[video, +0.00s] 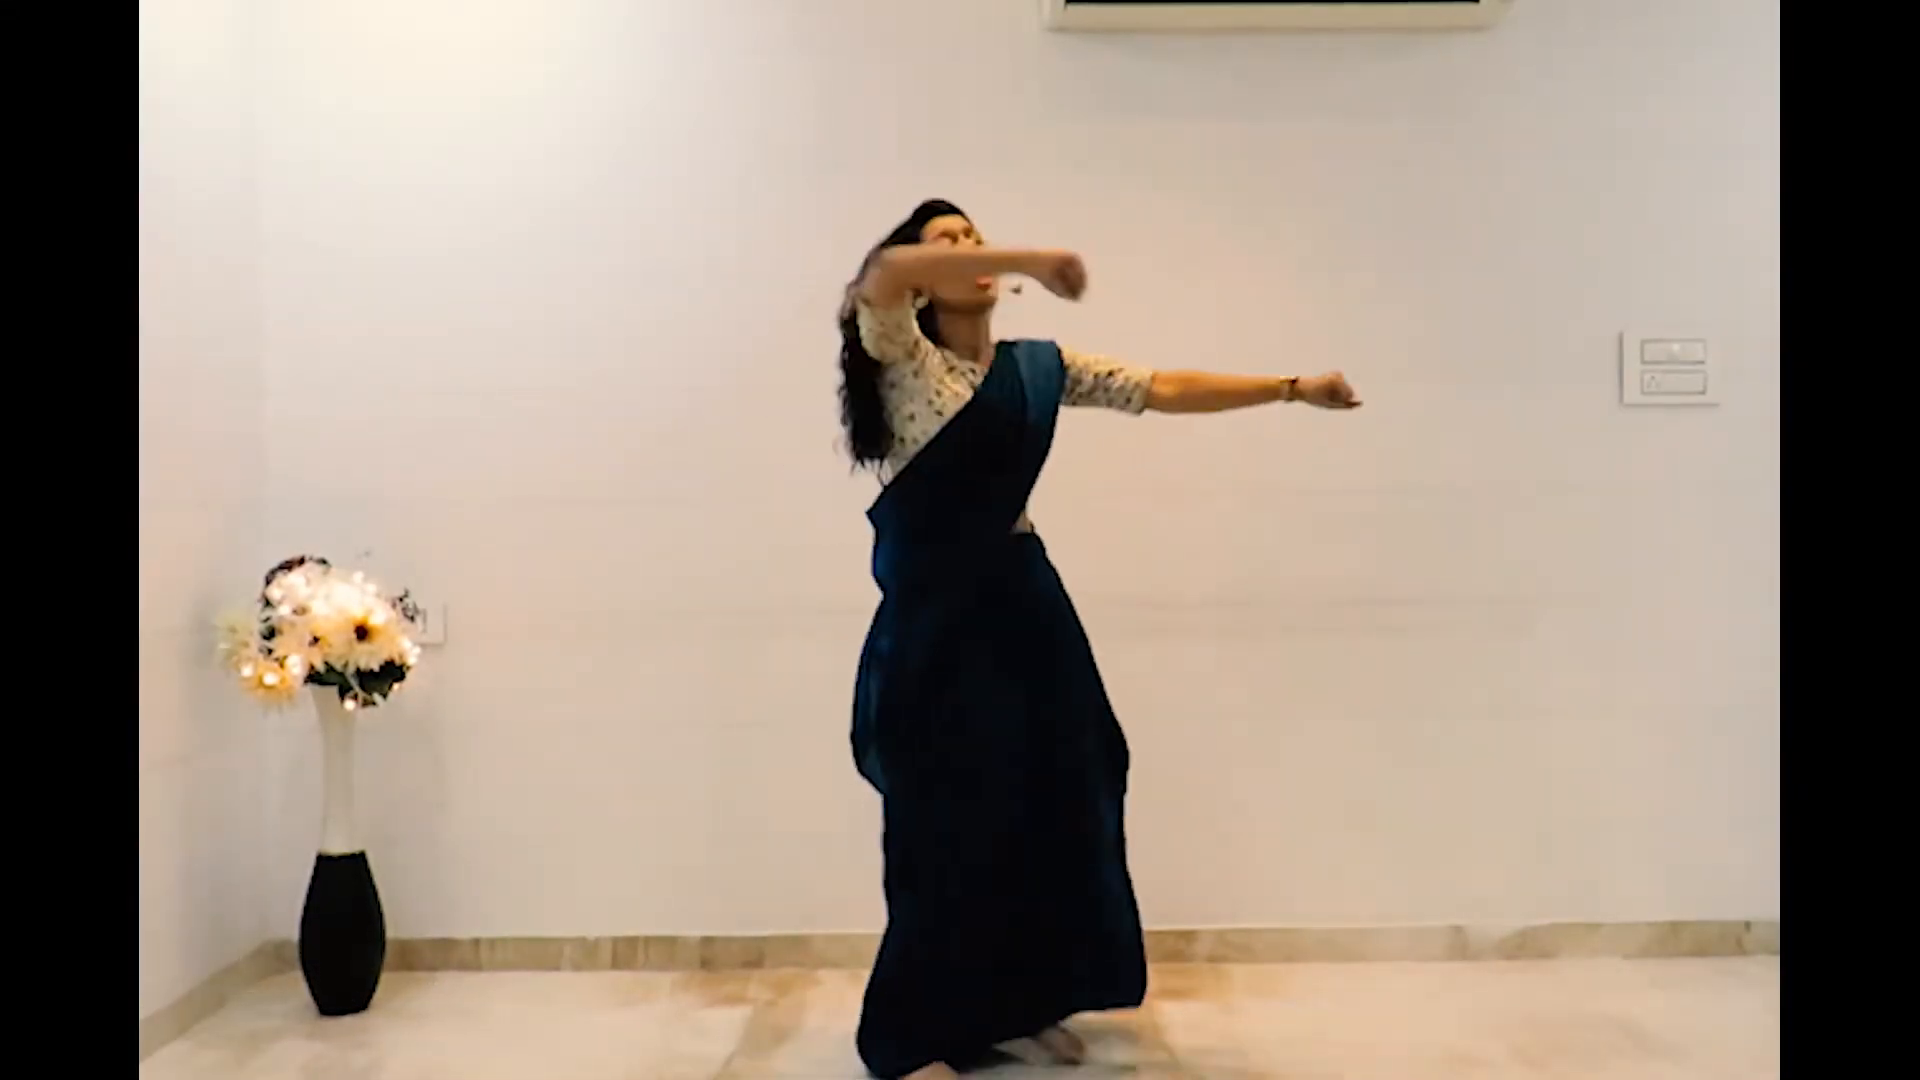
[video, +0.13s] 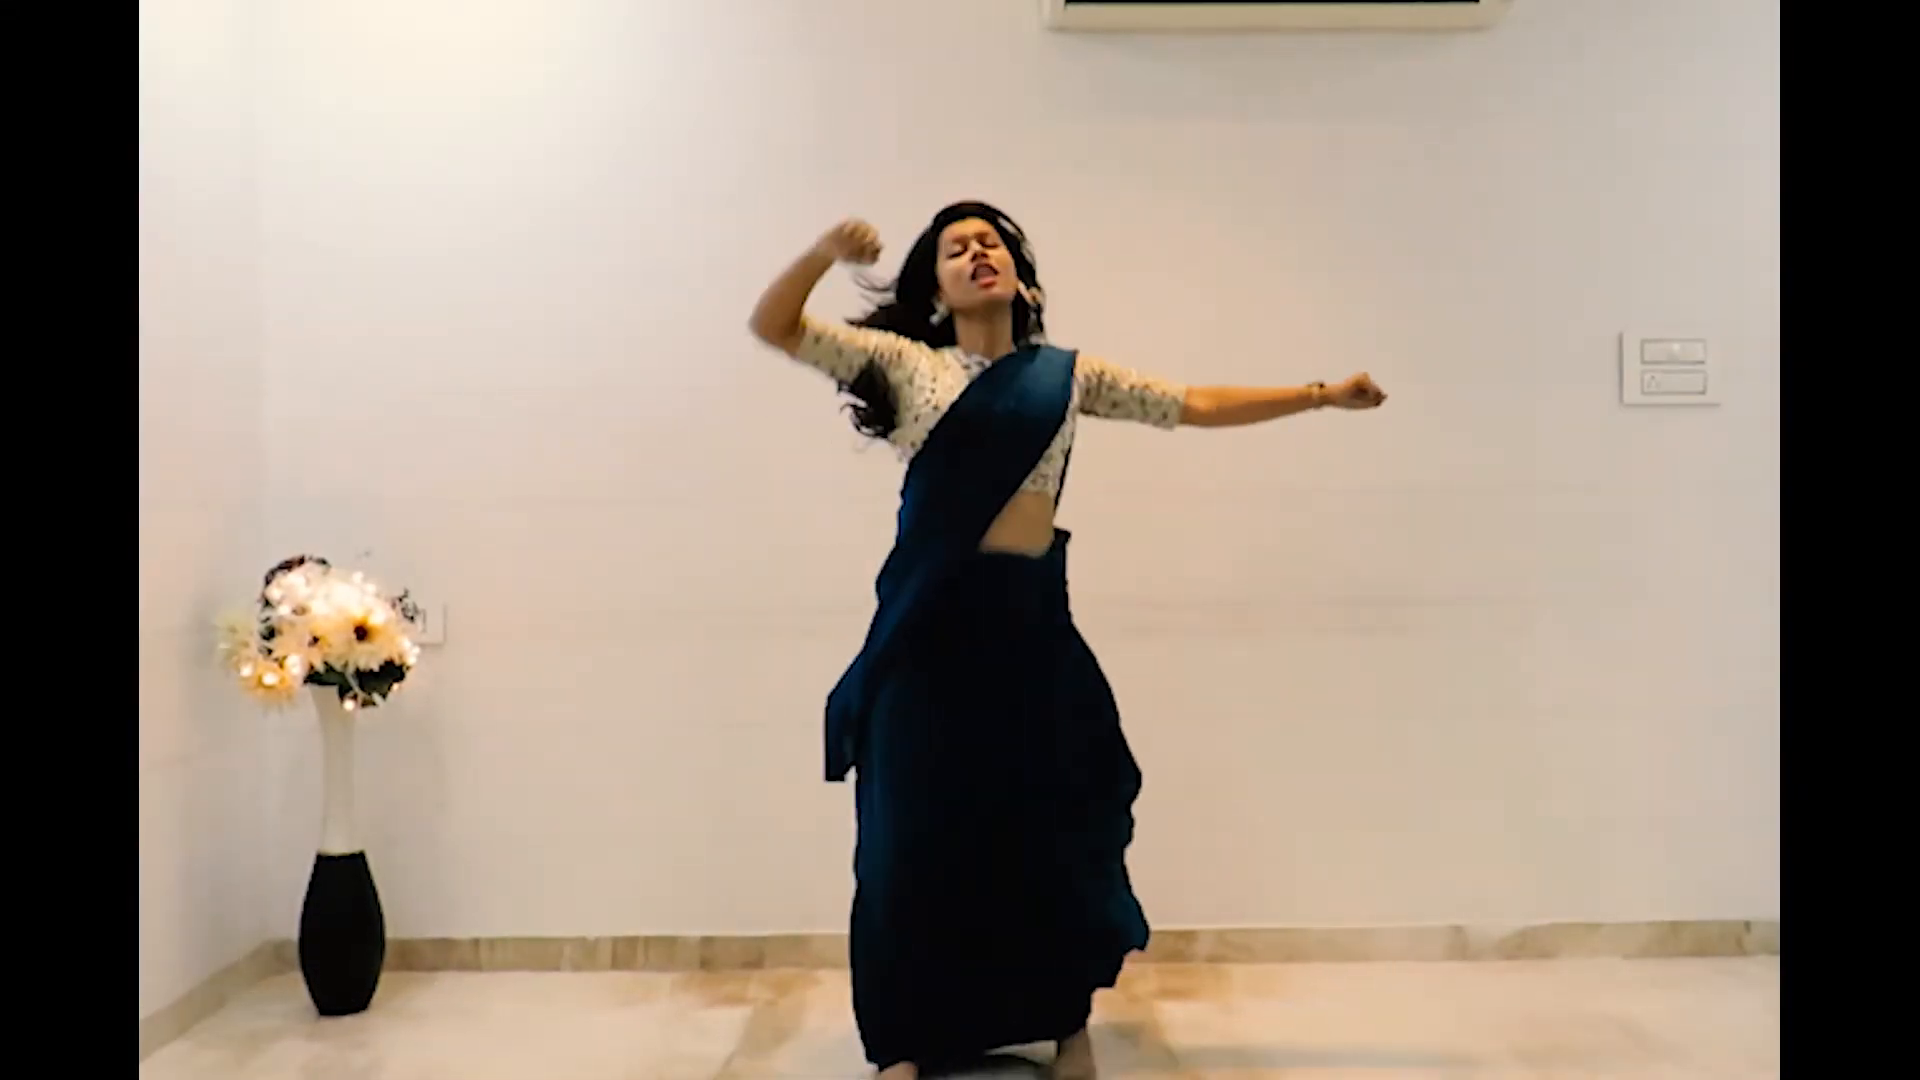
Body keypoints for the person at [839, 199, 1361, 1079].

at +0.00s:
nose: (973, 255)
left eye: (975, 243)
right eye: (950, 244)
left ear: (993, 273)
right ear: (914, 277)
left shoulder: (1037, 364)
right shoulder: (901, 363)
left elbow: (1161, 390)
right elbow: (885, 272)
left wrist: (1294, 386)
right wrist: (1026, 261)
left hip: (1020, 608)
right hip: (930, 617)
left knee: (1060, 792)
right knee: (949, 819)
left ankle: (1028, 1006)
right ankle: (919, 1038)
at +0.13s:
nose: (977, 252)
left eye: (992, 243)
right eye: (957, 248)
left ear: (1021, 276)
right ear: (932, 290)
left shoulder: (1060, 373)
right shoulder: (904, 364)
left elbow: (1190, 404)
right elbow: (773, 325)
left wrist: (1322, 394)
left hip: (1031, 614)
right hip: (931, 613)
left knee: (1062, 805)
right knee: (913, 823)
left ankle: (1054, 1011)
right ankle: (905, 1044)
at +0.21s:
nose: (986, 276)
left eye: (1001, 267)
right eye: (966, 271)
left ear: (1032, 300)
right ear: (944, 314)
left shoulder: (1076, 397)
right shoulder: (911, 405)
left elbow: (1194, 438)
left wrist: (1325, 423)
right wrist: (806, 375)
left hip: (1035, 643)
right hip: (932, 639)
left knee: (1067, 831)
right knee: (911, 842)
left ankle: (1061, 1040)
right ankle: (902, 1046)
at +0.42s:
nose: (994, 250)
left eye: (1007, 240)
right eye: (975, 245)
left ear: (1038, 268)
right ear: (952, 282)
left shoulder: (1086, 348)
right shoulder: (938, 366)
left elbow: (1192, 354)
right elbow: (889, 416)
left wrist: (1311, 304)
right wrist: (797, 322)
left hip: (1059, 613)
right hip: (957, 613)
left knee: (1067, 813)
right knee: (941, 815)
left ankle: (1071, 1034)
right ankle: (916, 1026)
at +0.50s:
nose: (992, 266)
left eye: (1006, 253)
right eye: (972, 258)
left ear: (1036, 282)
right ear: (949, 293)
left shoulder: (1072, 360)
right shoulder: (937, 379)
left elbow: (1125, 369)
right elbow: (945, 413)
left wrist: (1174, 310)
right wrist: (922, 309)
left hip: (1066, 620)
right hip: (965, 623)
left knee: (1078, 822)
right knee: (960, 822)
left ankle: (1074, 1043)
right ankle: (956, 1040)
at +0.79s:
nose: (979, 261)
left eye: (998, 249)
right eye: (966, 253)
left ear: (1035, 278)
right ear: (953, 287)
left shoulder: (1061, 346)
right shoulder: (945, 366)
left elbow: (1090, 364)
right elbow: (831, 377)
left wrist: (1127, 347)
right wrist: (900, 271)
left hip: (1063, 597)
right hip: (970, 603)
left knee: (1047, 811)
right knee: (979, 817)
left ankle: (1071, 1036)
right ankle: (1010, 1013)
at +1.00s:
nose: (985, 253)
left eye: (1005, 247)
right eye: (980, 245)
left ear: (1043, 275)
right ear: (967, 273)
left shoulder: (1055, 353)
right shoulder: (964, 343)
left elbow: (1113, 370)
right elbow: (898, 261)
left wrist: (1169, 342)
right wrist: (864, 155)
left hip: (1028, 596)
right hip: (965, 597)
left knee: (999, 811)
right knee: (960, 810)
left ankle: (1046, 1024)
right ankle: (995, 1022)